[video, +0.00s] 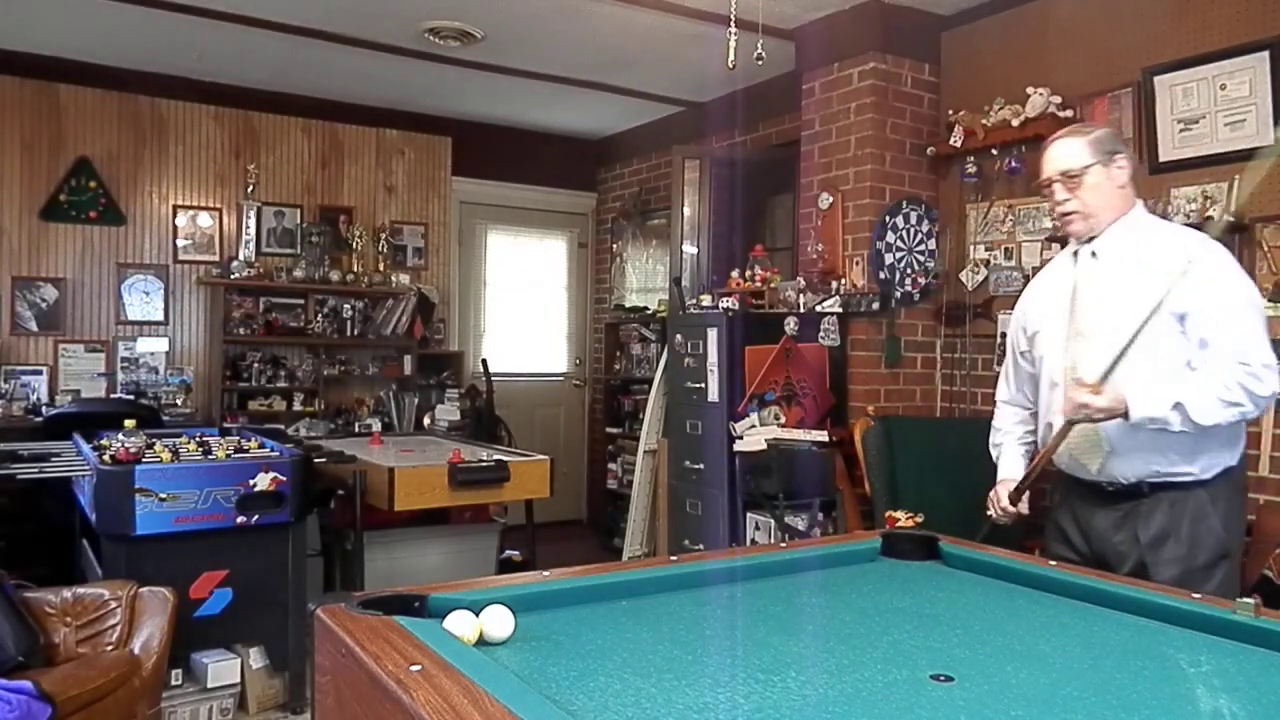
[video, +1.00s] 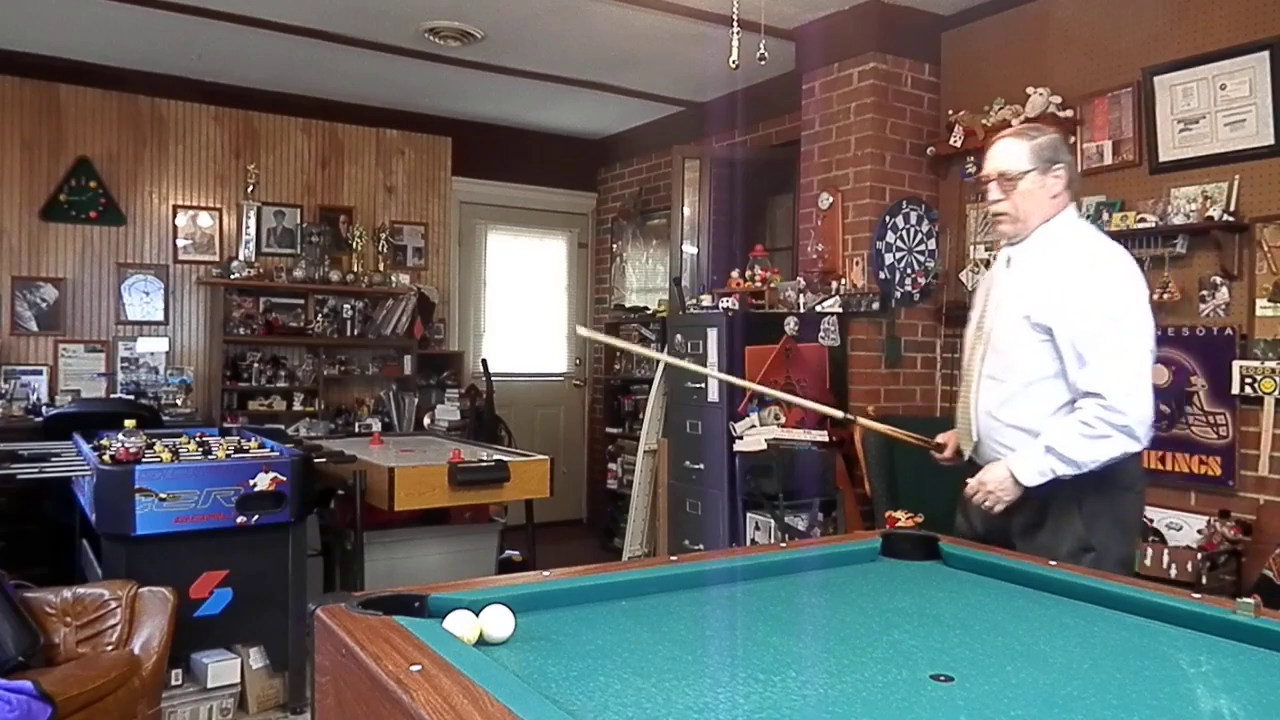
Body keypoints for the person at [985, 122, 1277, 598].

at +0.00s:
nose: (1057, 197)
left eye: (1072, 178)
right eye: (1048, 187)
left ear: (1121, 171)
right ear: (1043, 194)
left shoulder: (1196, 261)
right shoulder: (1043, 288)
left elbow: (1251, 380)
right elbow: (1015, 399)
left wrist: (1130, 403)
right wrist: (1011, 471)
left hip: (1182, 513)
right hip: (1076, 510)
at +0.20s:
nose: (1021, 203)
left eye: (1033, 183)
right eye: (1012, 194)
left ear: (1081, 174)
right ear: (1010, 204)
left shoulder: (1154, 253)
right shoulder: (1024, 296)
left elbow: (1215, 371)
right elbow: (1013, 398)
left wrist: (1100, 417)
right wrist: (1011, 467)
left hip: (1163, 501)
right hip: (1061, 504)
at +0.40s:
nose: (1005, 200)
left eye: (1017, 181)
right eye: (998, 191)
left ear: (1063, 174)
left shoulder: (1136, 250)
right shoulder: (1016, 292)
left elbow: (1204, 371)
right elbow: (1018, 389)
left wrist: (1107, 440)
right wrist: (1009, 459)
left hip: (1148, 494)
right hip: (1052, 498)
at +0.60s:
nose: (1007, 198)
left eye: (1020, 180)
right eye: (1001, 187)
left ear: (1068, 174)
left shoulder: (1130, 254)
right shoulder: (1026, 275)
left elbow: (1197, 388)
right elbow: (1034, 380)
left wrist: (1099, 462)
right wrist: (1002, 447)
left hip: (1125, 508)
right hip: (1039, 504)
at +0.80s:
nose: (1016, 197)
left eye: (1031, 181)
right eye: (1010, 184)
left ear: (1080, 181)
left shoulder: (1121, 266)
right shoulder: (1036, 262)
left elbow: (1156, 419)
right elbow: (1040, 375)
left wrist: (1050, 478)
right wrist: (991, 432)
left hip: (1104, 509)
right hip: (1022, 495)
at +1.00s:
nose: (991, 196)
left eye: (1006, 181)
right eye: (985, 184)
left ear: (1055, 180)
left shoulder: (1094, 264)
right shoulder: (1009, 261)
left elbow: (1120, 416)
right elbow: (1020, 376)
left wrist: (1018, 471)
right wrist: (969, 433)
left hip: (1075, 502)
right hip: (995, 493)